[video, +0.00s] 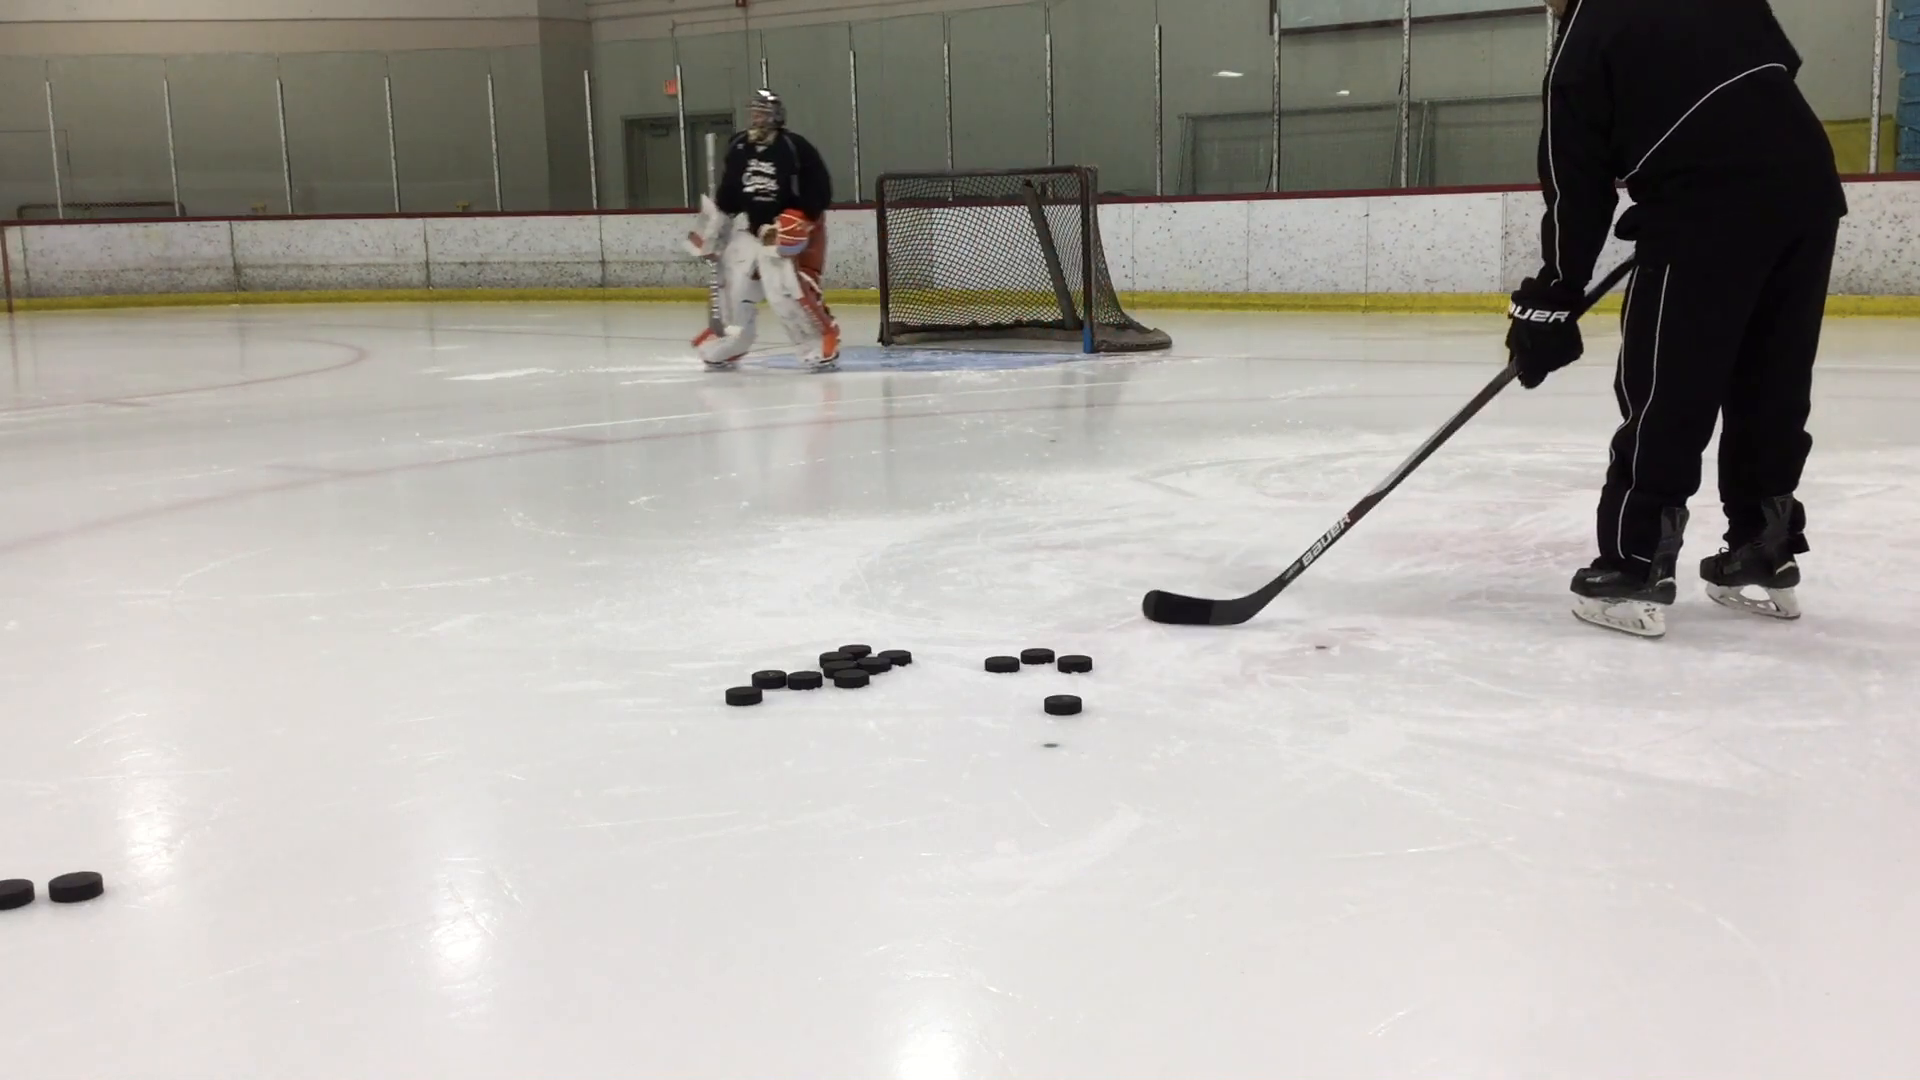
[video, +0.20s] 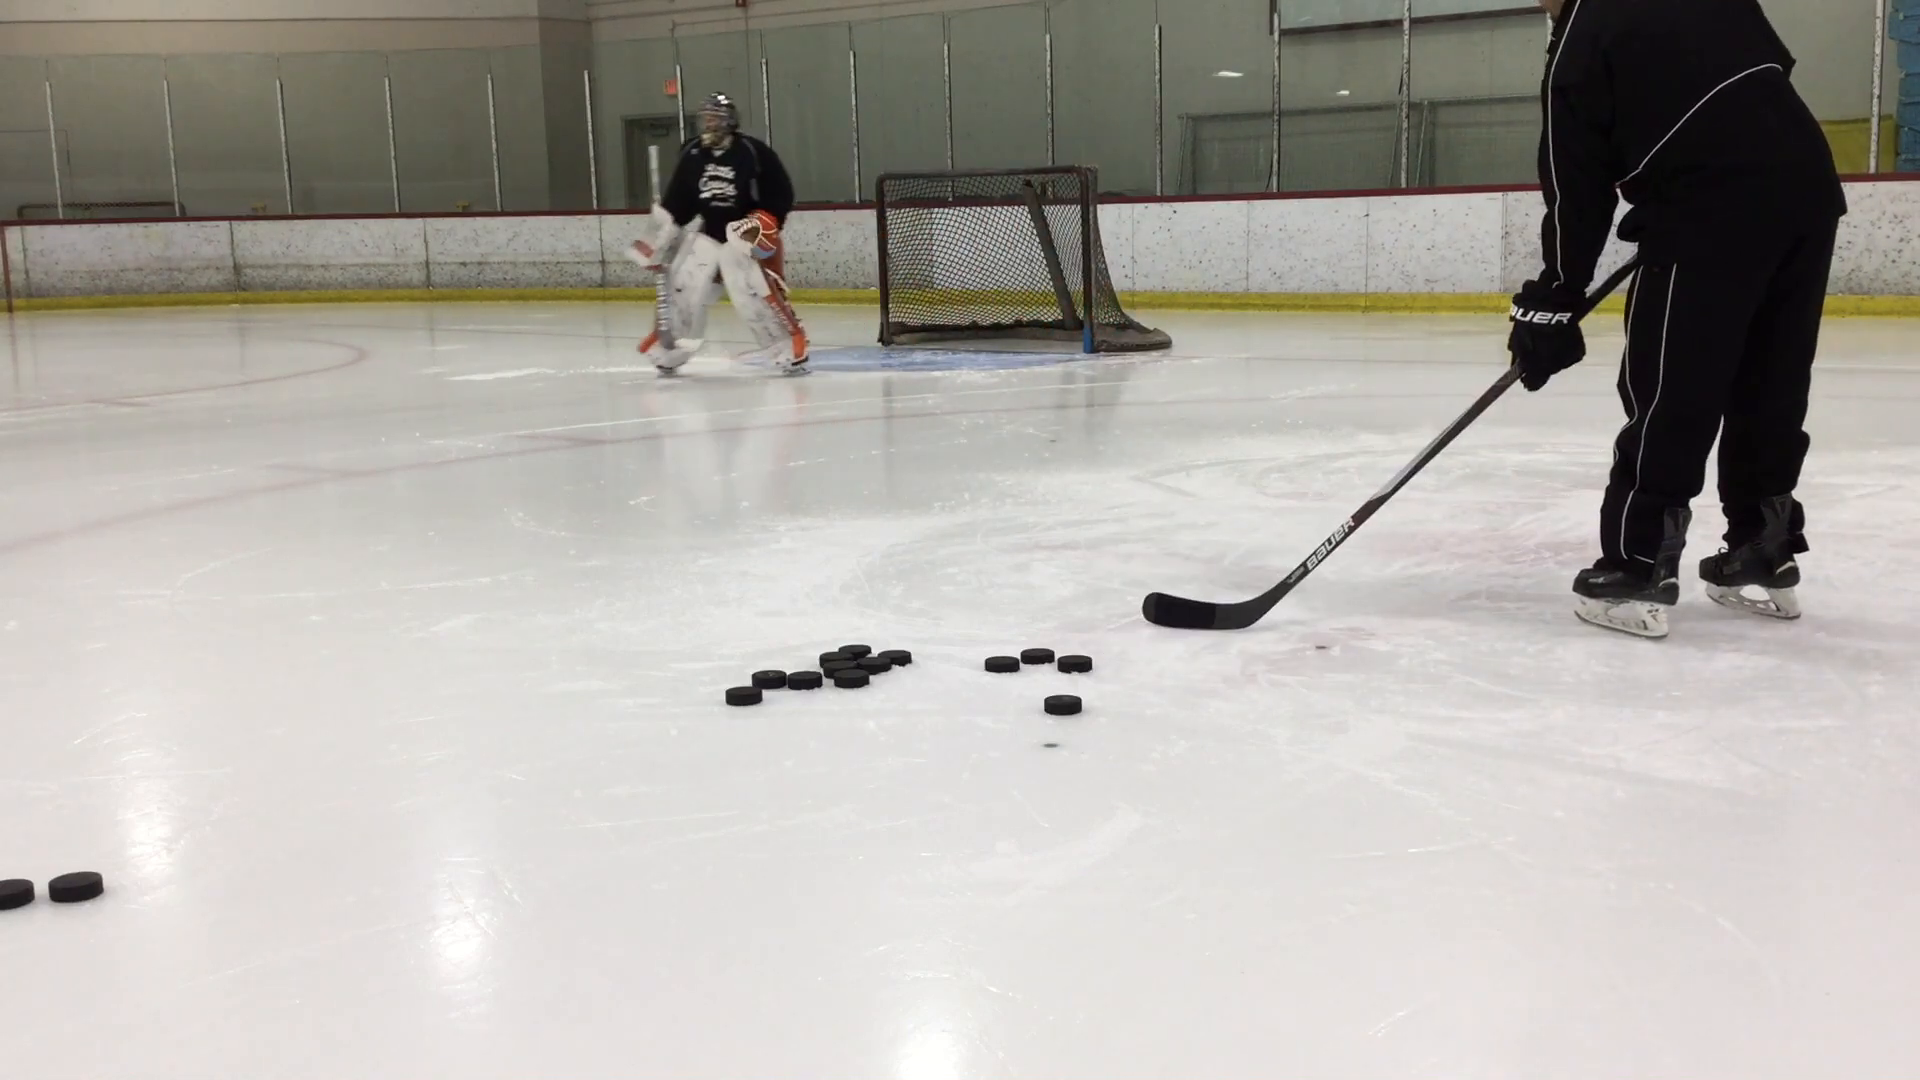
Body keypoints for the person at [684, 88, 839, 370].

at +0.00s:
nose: (756, 119)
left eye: (763, 114)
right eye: (753, 114)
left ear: (777, 118)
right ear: (749, 115)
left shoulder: (796, 149)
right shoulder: (740, 147)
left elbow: (817, 194)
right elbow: (729, 193)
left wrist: (788, 227)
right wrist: (711, 228)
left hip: (780, 238)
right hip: (743, 234)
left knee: (784, 296)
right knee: (734, 290)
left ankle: (816, 349)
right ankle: (730, 345)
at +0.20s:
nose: (709, 125)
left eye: (715, 119)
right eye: (705, 119)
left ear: (730, 122)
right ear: (700, 122)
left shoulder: (755, 154)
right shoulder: (693, 155)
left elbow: (781, 194)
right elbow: (678, 201)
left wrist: (763, 223)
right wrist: (655, 239)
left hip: (743, 240)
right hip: (705, 237)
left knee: (751, 296)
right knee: (685, 288)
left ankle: (787, 351)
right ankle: (671, 351)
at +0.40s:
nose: (667, 141)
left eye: (674, 135)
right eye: (664, 136)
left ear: (689, 136)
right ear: (660, 137)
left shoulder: (719, 162)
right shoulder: (653, 168)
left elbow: (749, 202)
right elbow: (633, 216)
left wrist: (732, 233)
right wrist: (610, 257)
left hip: (710, 247)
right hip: (670, 249)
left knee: (726, 304)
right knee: (654, 304)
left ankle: (755, 359)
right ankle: (633, 362)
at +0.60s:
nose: (656, 155)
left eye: (662, 150)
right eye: (652, 150)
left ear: (678, 151)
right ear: (647, 151)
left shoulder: (707, 175)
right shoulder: (640, 181)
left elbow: (739, 209)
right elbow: (620, 228)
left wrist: (723, 244)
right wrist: (595, 270)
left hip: (699, 254)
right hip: (659, 257)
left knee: (712, 308)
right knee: (642, 311)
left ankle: (739, 362)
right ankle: (615, 368)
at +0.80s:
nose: (671, 162)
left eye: (677, 156)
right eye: (667, 156)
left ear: (691, 157)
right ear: (662, 158)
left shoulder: (719, 181)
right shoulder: (658, 188)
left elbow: (755, 213)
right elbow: (640, 230)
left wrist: (740, 244)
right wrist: (614, 263)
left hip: (712, 262)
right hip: (677, 268)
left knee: (708, 308)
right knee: (640, 310)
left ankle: (760, 354)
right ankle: (604, 359)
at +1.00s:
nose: (694, 185)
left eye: (700, 179)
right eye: (690, 179)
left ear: (714, 181)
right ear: (684, 180)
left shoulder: (734, 202)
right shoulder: (683, 205)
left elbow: (776, 236)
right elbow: (661, 241)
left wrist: (755, 264)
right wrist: (636, 272)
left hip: (746, 269)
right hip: (704, 270)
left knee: (723, 306)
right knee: (672, 306)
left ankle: (781, 349)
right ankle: (666, 357)